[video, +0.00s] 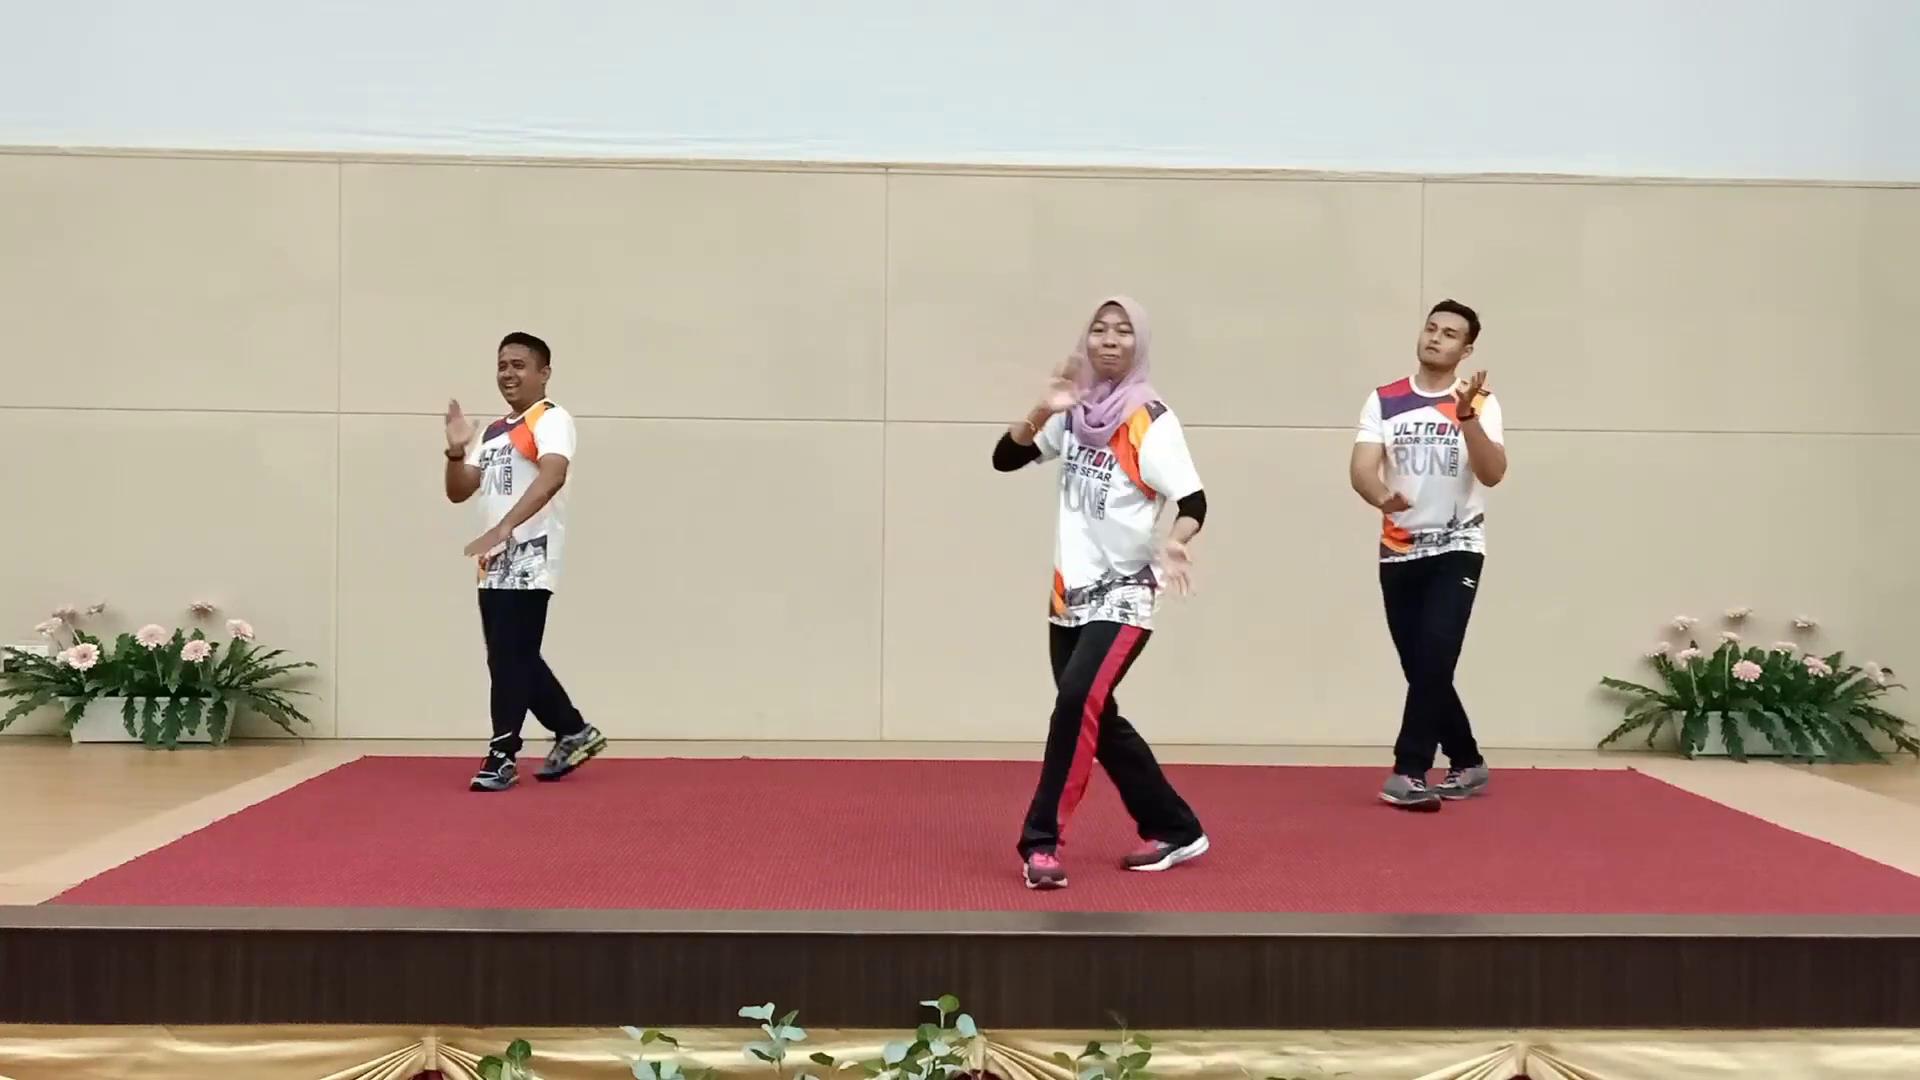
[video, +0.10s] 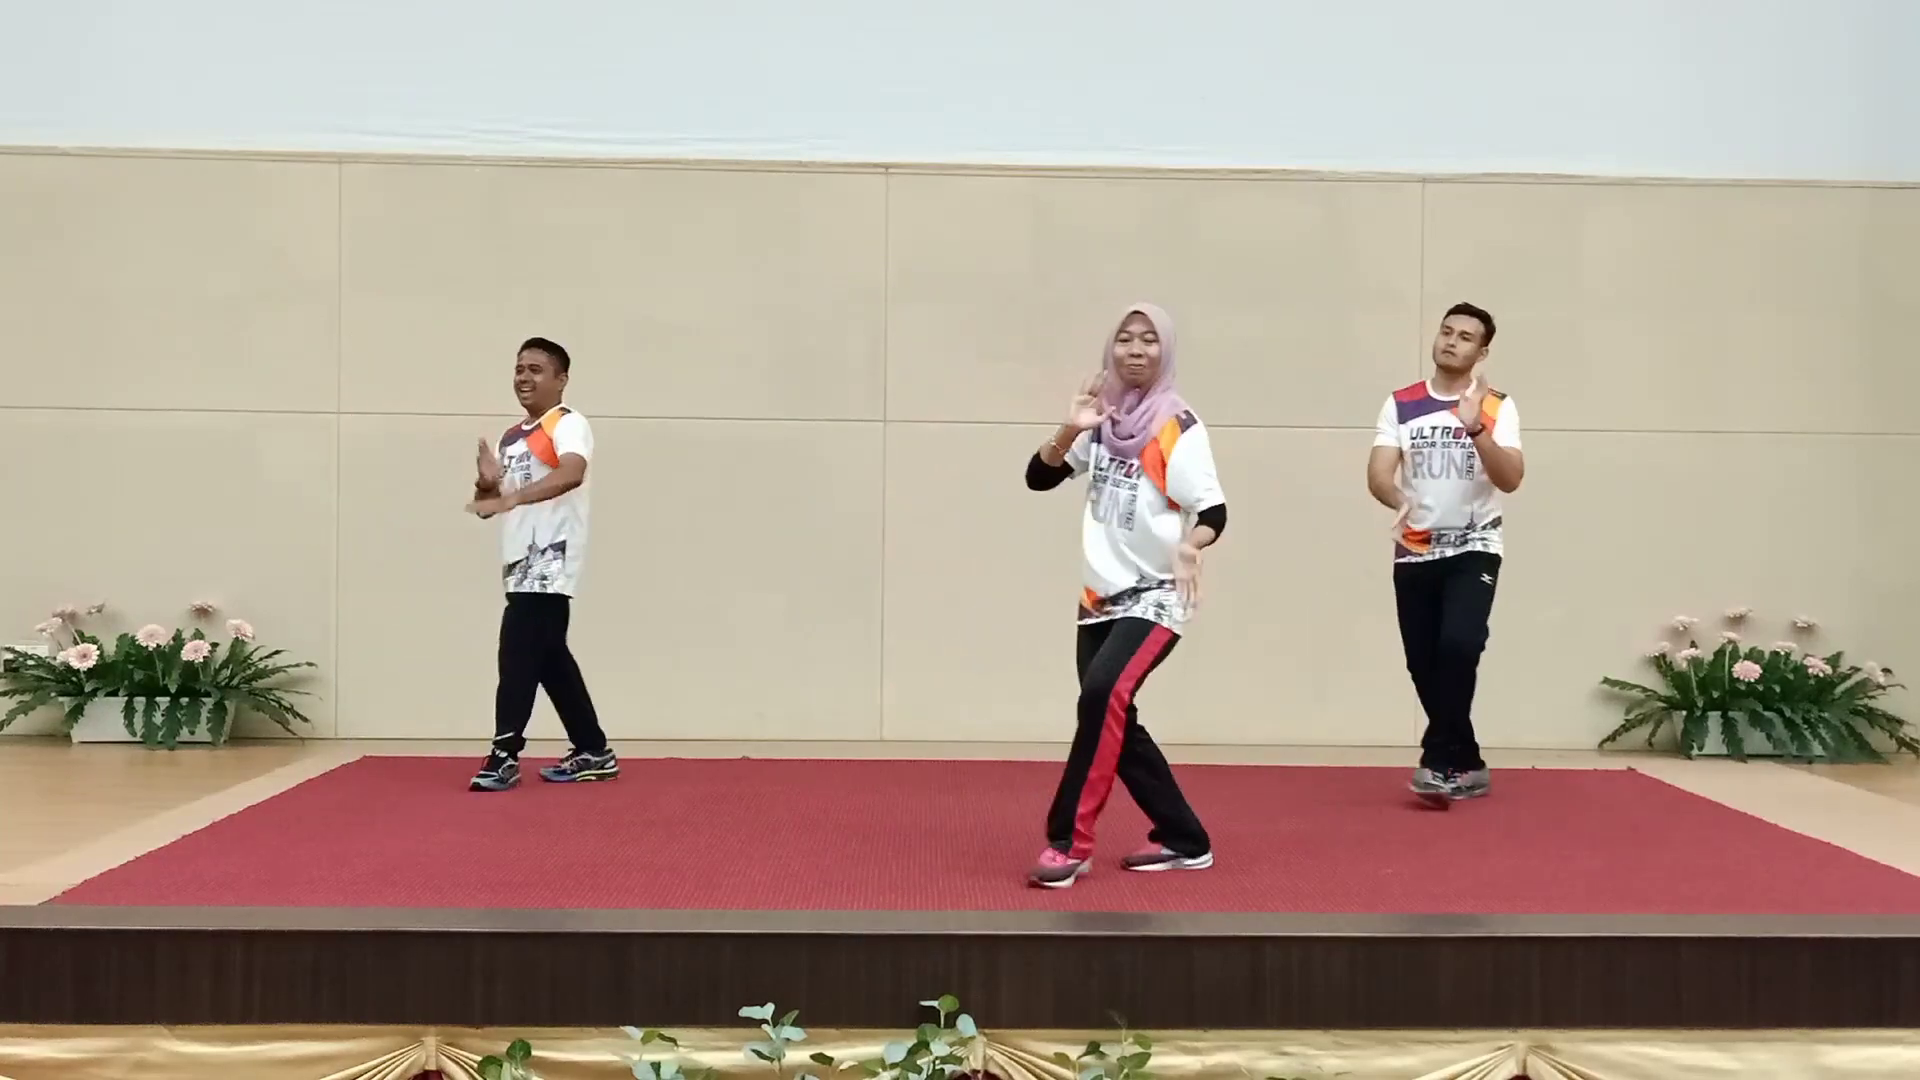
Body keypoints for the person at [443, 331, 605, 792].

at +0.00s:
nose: (507, 373)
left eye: (519, 365)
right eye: (502, 366)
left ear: (544, 373)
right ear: (496, 374)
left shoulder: (551, 419)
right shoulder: (493, 432)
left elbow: (553, 477)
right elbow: (458, 493)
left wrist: (503, 528)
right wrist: (456, 455)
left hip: (528, 563)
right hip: (495, 564)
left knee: (511, 660)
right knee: (513, 659)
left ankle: (502, 756)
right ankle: (575, 732)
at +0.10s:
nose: (523, 377)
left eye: (535, 370)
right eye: (519, 370)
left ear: (561, 379)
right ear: (514, 377)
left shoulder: (568, 422)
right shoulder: (513, 436)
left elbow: (572, 473)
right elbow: (487, 506)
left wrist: (514, 498)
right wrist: (489, 483)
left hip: (550, 564)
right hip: (523, 565)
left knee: (518, 654)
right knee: (551, 659)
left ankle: (504, 758)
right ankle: (594, 751)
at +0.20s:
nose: (540, 376)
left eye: (552, 369)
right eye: (536, 369)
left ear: (577, 378)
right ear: (531, 377)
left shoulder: (589, 422)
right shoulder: (526, 436)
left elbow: (594, 469)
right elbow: (507, 509)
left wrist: (534, 463)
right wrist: (505, 504)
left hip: (576, 561)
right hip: (543, 564)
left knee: (531, 638)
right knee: (569, 662)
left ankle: (532, 750)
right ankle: (594, 753)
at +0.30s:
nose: (557, 370)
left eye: (569, 364)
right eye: (554, 363)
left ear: (595, 373)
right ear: (550, 372)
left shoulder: (609, 419)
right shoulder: (542, 430)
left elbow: (612, 464)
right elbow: (518, 491)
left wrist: (552, 432)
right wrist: (516, 521)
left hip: (592, 551)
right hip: (556, 556)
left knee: (552, 634)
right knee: (573, 645)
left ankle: (583, 737)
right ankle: (595, 748)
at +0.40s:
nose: (575, 368)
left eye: (587, 361)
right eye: (572, 361)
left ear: (614, 370)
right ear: (568, 369)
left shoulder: (626, 419)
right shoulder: (557, 426)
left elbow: (625, 464)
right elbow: (525, 484)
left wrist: (576, 417)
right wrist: (516, 533)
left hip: (605, 553)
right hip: (570, 554)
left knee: (586, 643)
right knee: (569, 652)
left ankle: (632, 722)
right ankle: (594, 751)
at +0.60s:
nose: (611, 373)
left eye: (623, 365)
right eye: (609, 365)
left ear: (651, 374)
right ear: (606, 374)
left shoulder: (663, 428)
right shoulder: (593, 430)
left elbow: (648, 482)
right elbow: (543, 475)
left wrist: (605, 435)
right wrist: (500, 505)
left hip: (640, 572)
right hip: (595, 572)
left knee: (653, 659)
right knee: (586, 660)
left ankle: (684, 752)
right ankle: (595, 754)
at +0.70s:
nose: (626, 375)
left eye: (638, 368)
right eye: (624, 368)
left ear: (666, 378)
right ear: (623, 375)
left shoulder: (677, 431)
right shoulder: (612, 430)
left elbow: (660, 489)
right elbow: (554, 468)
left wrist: (604, 458)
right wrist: (501, 477)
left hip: (656, 572)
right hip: (610, 569)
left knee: (663, 658)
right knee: (576, 642)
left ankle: (686, 754)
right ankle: (590, 743)